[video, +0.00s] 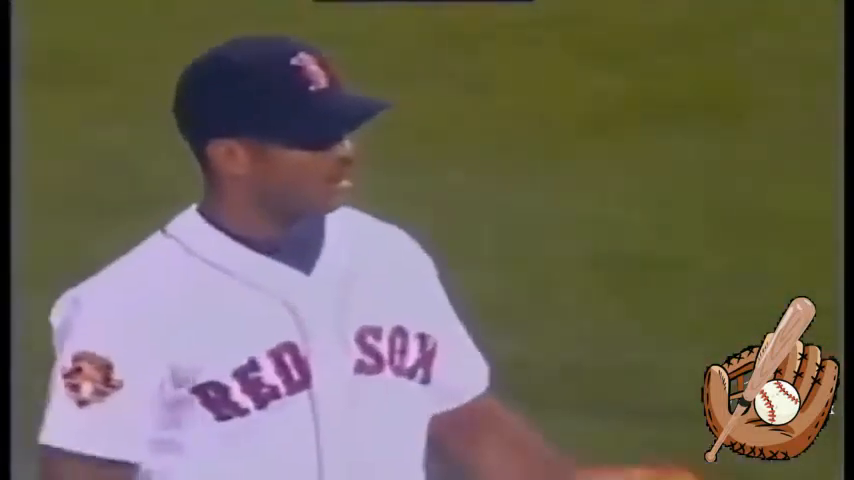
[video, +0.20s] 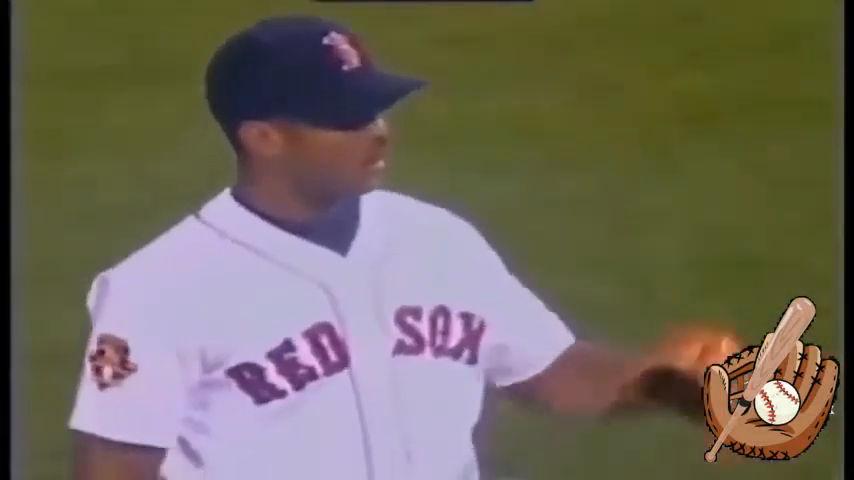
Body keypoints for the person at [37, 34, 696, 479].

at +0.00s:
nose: (351, 152)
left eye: (348, 130)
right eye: (322, 137)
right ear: (232, 158)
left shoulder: (392, 258)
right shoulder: (118, 310)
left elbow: (473, 427)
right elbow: (79, 473)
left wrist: (583, 476)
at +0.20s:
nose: (385, 133)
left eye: (381, 110)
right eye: (354, 117)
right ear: (264, 139)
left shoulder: (440, 242)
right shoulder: (153, 292)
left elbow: (558, 369)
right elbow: (112, 469)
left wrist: (667, 379)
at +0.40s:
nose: (396, 101)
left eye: (389, 80)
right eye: (364, 90)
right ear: (277, 116)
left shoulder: (472, 211)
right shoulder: (172, 265)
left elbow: (636, 278)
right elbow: (140, 465)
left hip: (462, 473)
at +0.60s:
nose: (414, 68)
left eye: (407, 47)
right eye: (382, 58)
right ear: (298, 88)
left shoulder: (486, 141)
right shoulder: (205, 244)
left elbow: (649, 86)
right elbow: (183, 460)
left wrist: (724, 0)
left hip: (494, 462)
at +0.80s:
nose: (487, 57)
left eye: (478, 35)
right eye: (454, 47)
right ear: (369, 76)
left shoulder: (547, 108)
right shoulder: (284, 242)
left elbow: (669, 6)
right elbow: (284, 446)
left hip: (541, 462)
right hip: (404, 464)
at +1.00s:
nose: (507, 95)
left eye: (508, 69)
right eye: (471, 82)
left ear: (522, 56)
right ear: (395, 93)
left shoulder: (601, 143)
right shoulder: (321, 249)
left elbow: (761, 61)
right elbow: (324, 442)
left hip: (605, 465)